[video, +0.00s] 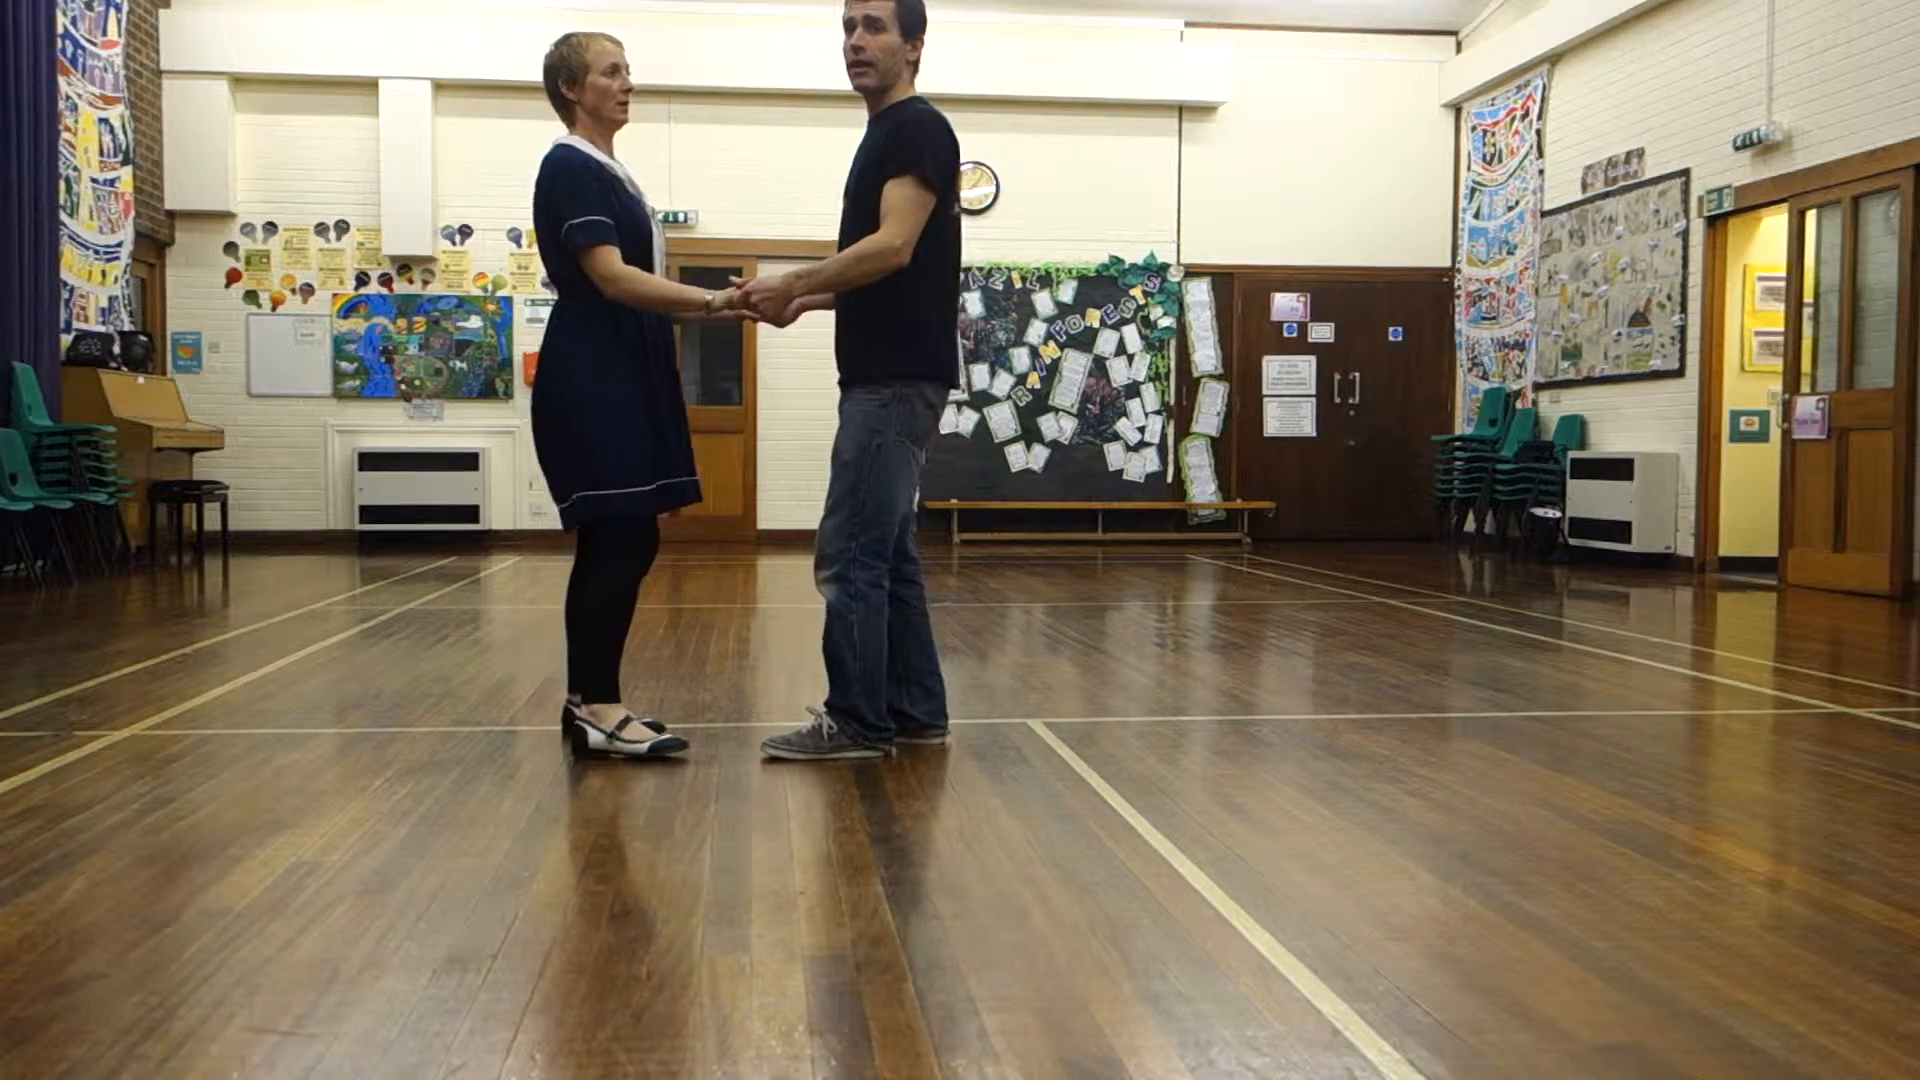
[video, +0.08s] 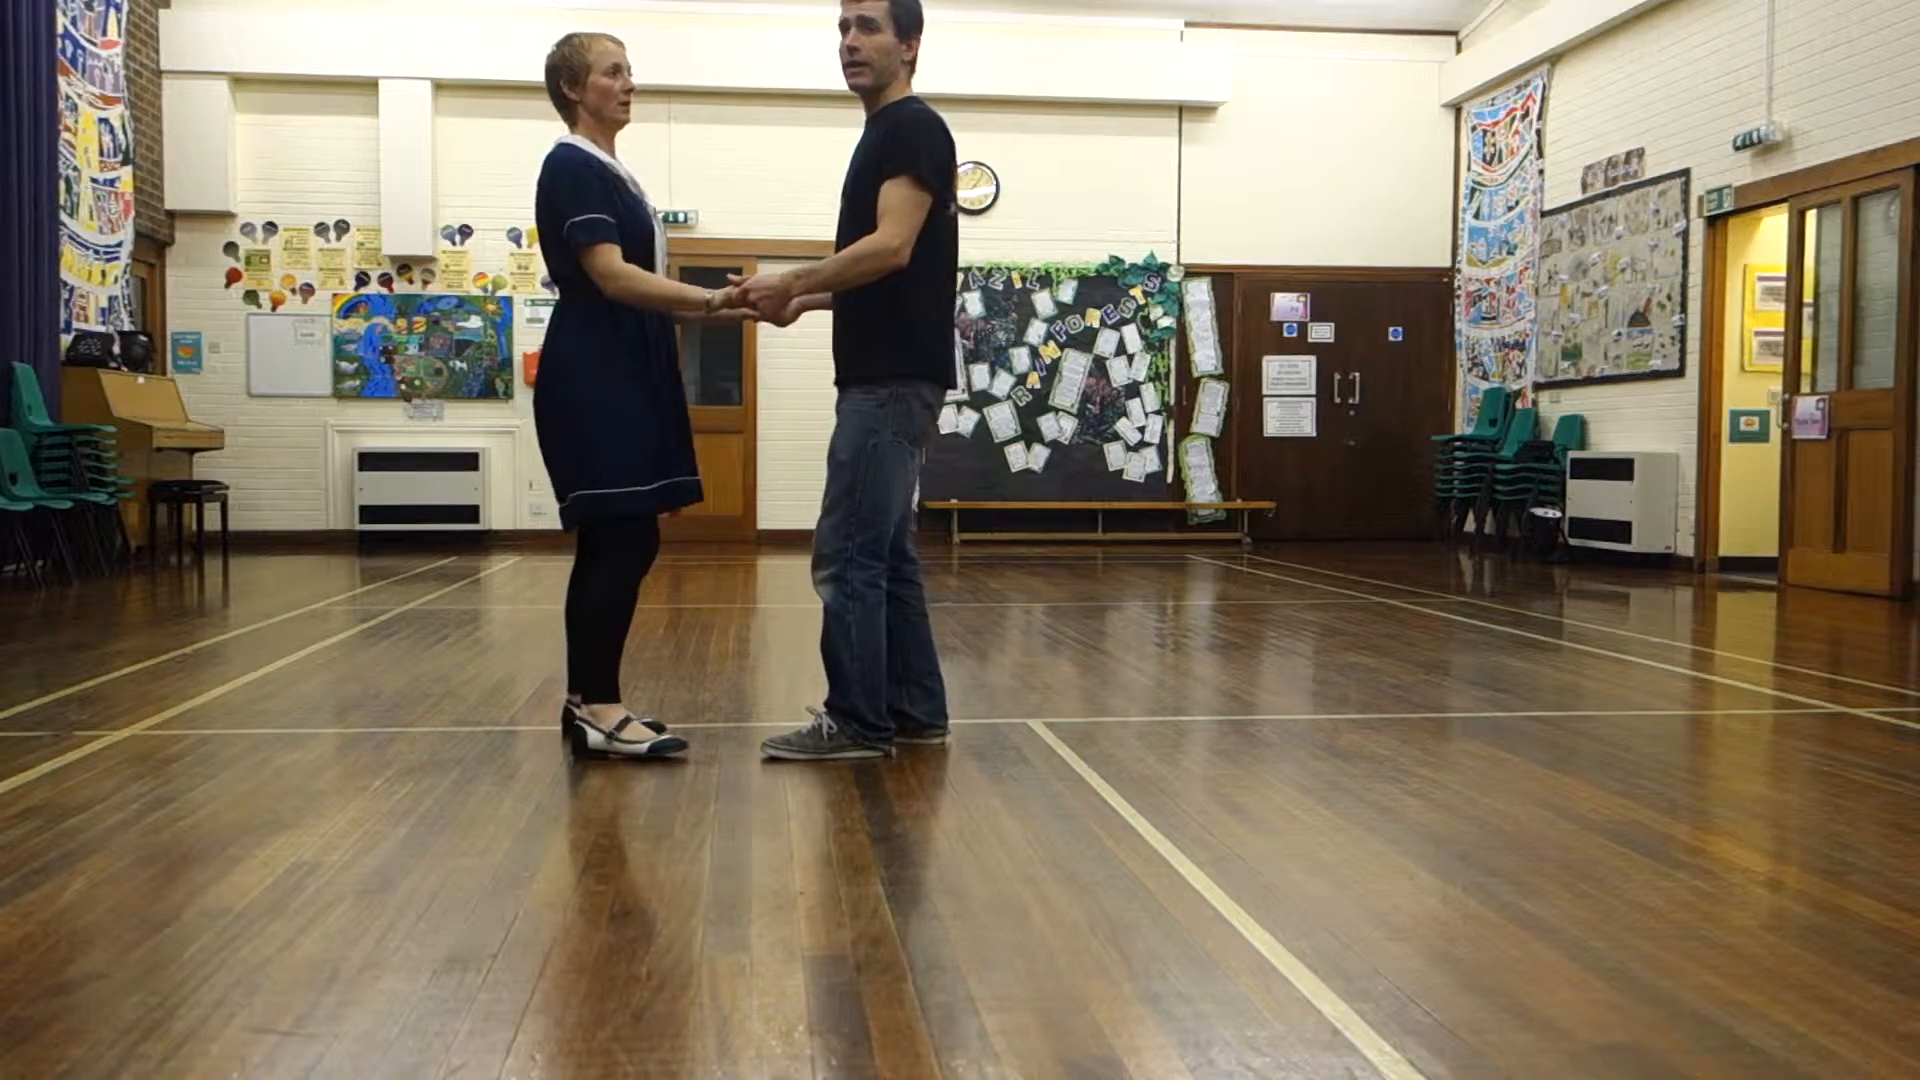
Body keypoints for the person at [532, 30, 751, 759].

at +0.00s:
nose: (628, 83)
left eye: (628, 72)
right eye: (612, 72)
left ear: (600, 90)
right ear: (571, 89)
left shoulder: (608, 171)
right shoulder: (572, 166)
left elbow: (638, 281)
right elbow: (611, 278)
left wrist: (719, 297)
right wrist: (714, 303)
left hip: (618, 385)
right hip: (593, 386)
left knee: (613, 540)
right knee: (627, 540)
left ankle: (590, 701)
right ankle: (598, 707)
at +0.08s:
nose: (630, 84)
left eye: (630, 72)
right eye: (614, 73)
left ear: (599, 90)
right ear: (573, 89)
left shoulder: (610, 171)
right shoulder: (574, 165)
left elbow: (639, 282)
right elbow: (611, 276)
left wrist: (717, 299)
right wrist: (710, 301)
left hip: (618, 383)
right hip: (595, 384)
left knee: (614, 540)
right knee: (627, 539)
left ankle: (590, 701)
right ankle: (598, 708)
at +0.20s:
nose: (633, 84)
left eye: (633, 72)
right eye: (618, 73)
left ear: (601, 89)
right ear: (577, 89)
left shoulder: (611, 170)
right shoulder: (578, 164)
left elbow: (638, 284)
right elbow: (612, 271)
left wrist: (716, 297)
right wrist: (708, 290)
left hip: (618, 385)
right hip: (599, 387)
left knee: (612, 542)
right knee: (629, 540)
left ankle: (591, 704)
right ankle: (596, 711)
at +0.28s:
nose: (636, 85)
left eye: (636, 73)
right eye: (620, 73)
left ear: (619, 87)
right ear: (579, 87)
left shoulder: (617, 171)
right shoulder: (581, 163)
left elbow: (648, 291)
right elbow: (618, 269)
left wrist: (734, 295)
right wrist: (720, 276)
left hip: (620, 384)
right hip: (599, 385)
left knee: (613, 541)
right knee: (634, 540)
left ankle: (591, 705)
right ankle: (596, 711)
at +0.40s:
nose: (645, 87)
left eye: (650, 78)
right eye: (630, 74)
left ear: (647, 91)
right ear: (589, 84)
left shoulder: (628, 175)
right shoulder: (585, 160)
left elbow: (661, 288)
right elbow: (628, 266)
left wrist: (744, 280)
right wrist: (733, 257)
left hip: (626, 388)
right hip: (602, 388)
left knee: (616, 542)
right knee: (638, 541)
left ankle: (591, 707)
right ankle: (596, 712)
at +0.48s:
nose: (652, 91)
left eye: (660, 83)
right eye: (639, 75)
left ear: (658, 97)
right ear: (599, 80)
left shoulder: (631, 174)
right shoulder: (591, 158)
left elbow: (663, 291)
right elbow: (633, 266)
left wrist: (743, 280)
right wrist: (739, 255)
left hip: (627, 387)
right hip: (606, 387)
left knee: (614, 544)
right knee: (639, 542)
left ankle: (591, 708)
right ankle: (600, 716)